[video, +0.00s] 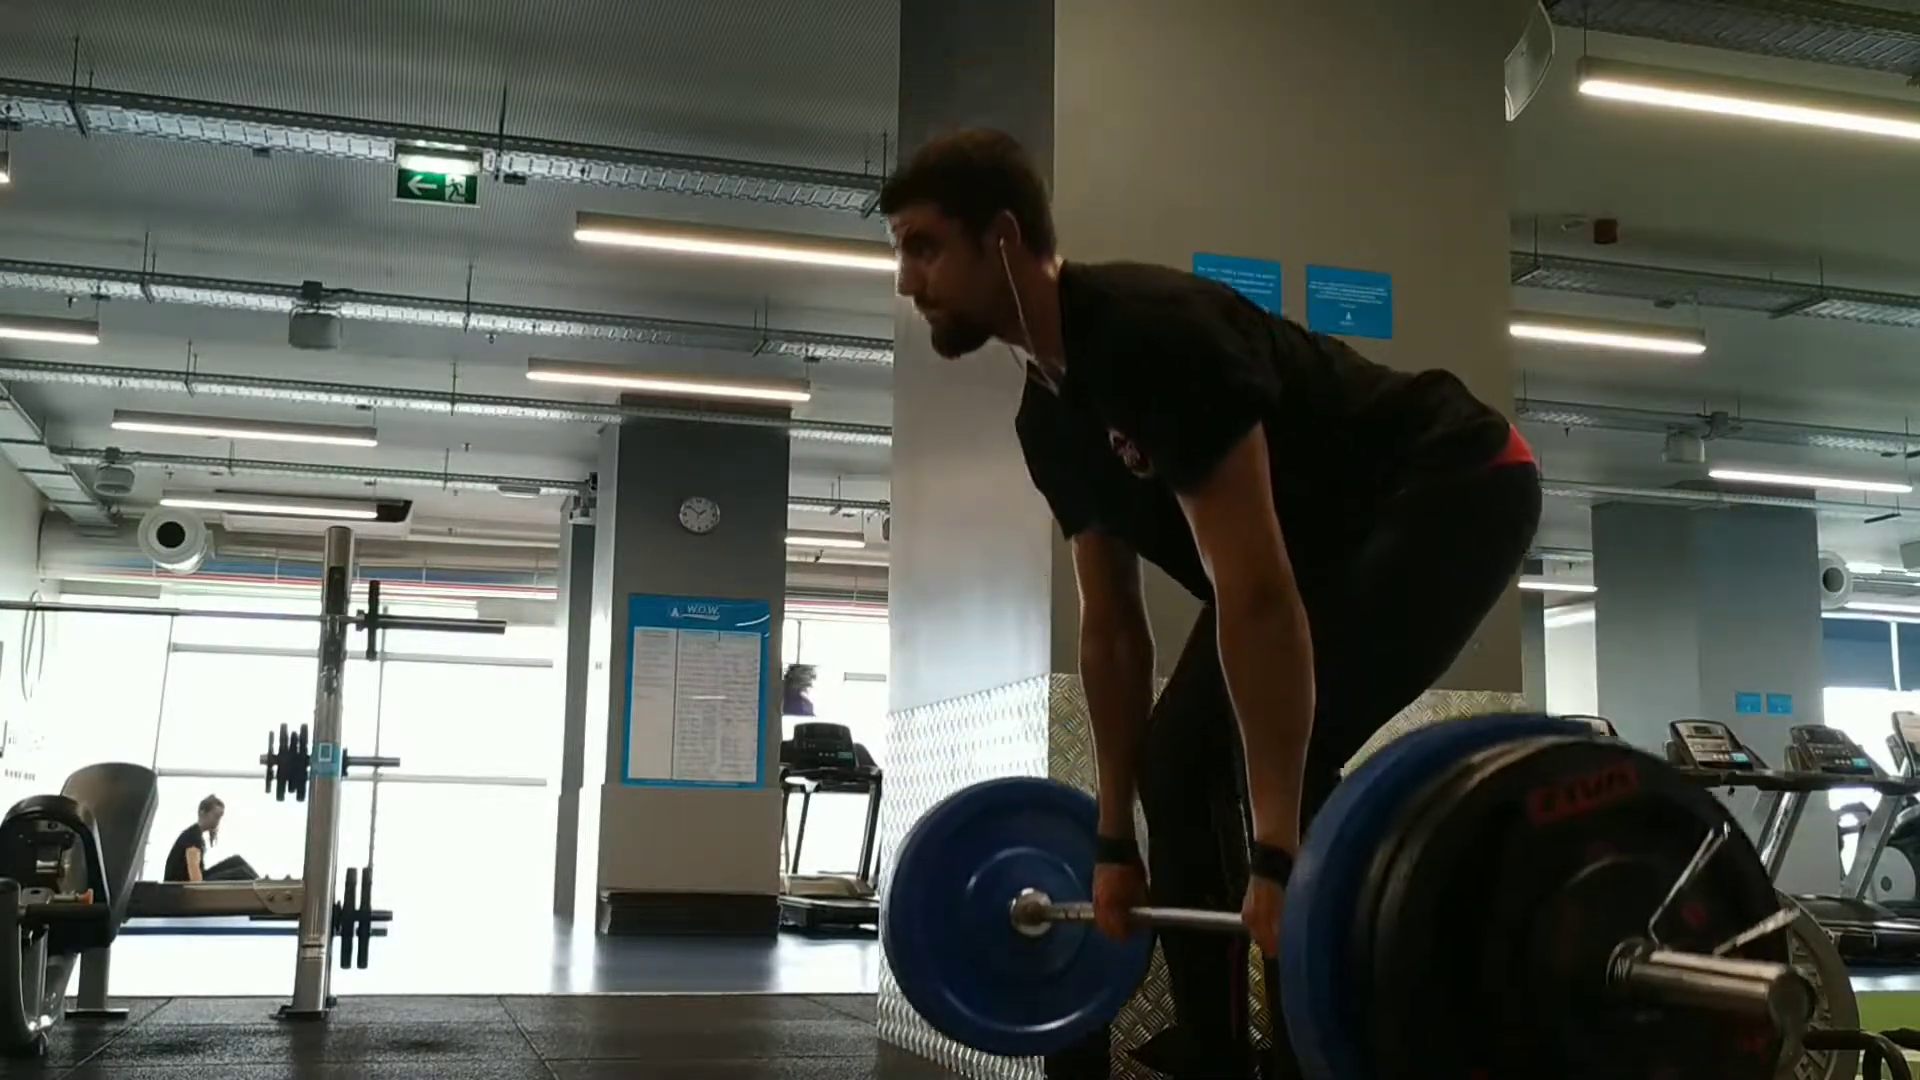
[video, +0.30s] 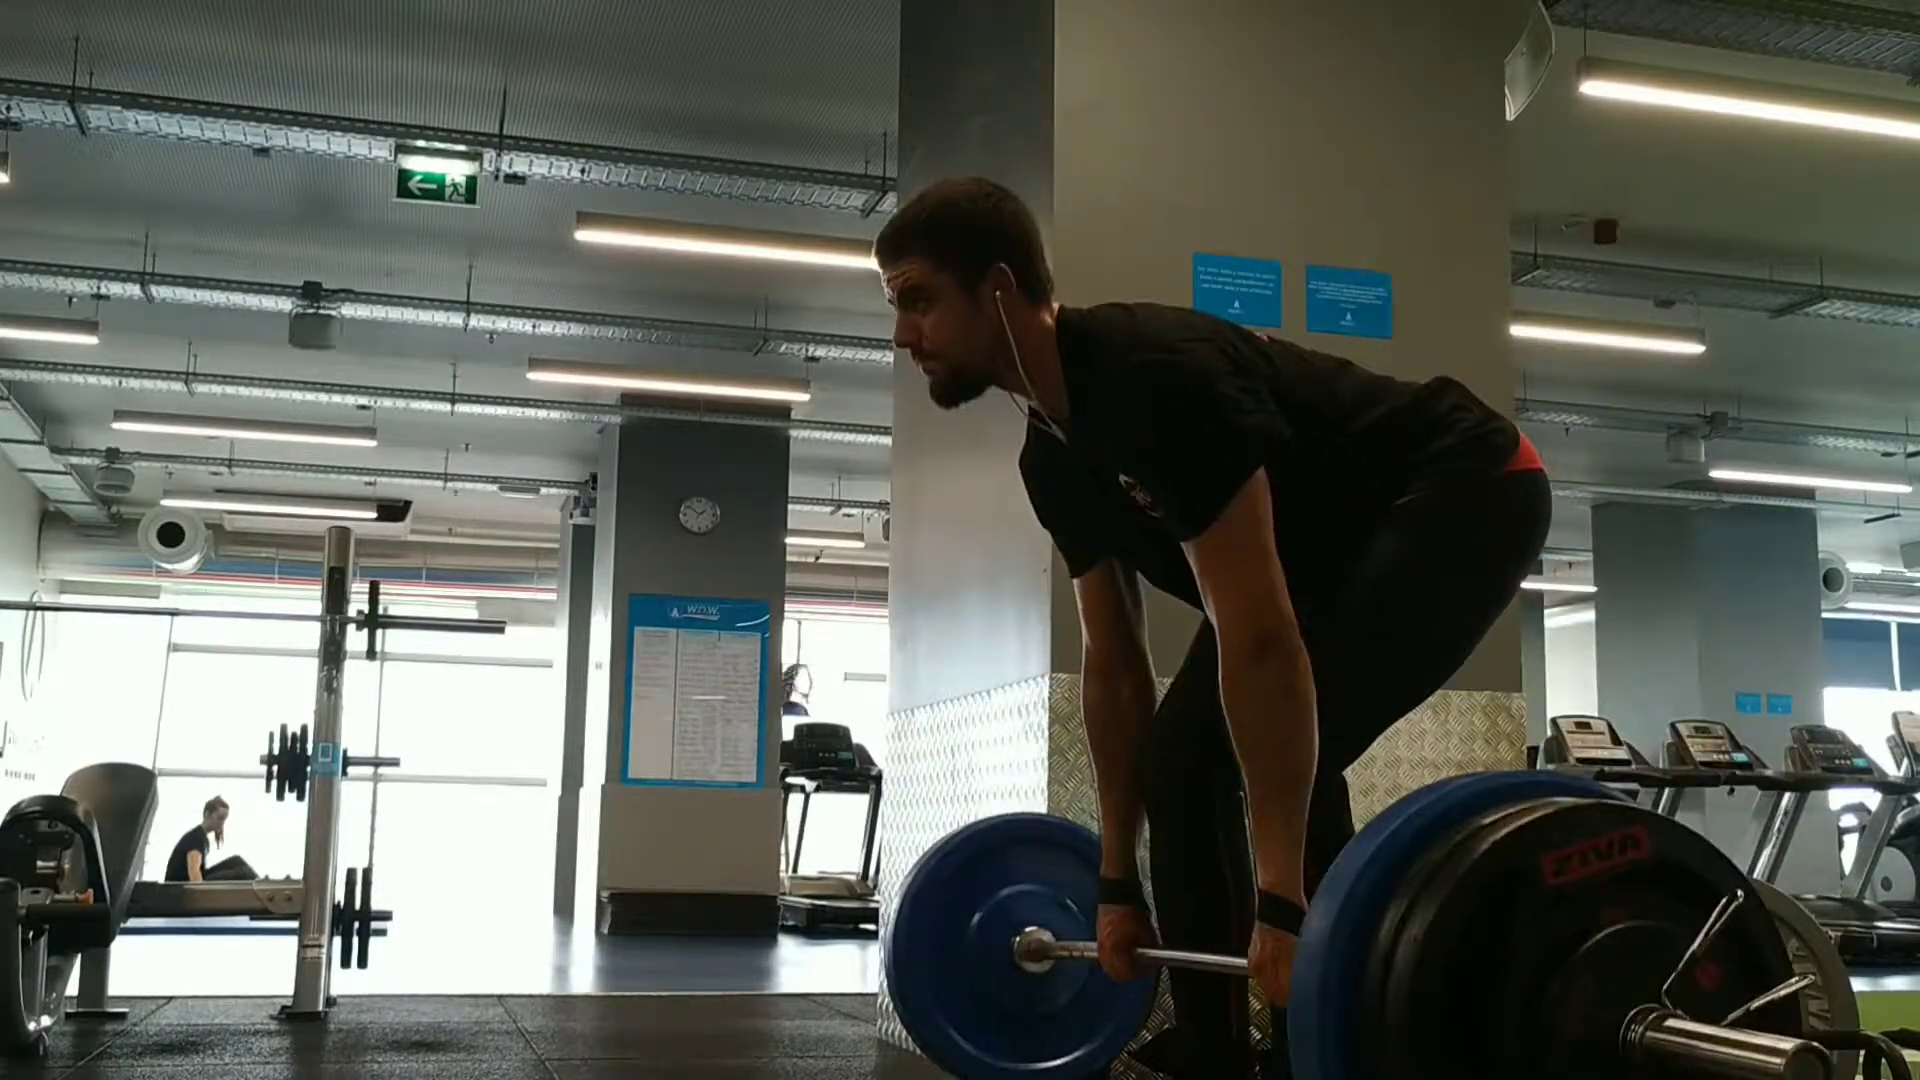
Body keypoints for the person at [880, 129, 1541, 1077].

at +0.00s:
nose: (905, 283)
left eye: (923, 249)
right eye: (901, 256)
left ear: (1006, 238)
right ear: (998, 249)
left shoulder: (1152, 329)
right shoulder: (1049, 418)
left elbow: (1259, 594)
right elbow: (1108, 626)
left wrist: (1277, 854)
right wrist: (1114, 840)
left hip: (1451, 487)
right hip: (1313, 527)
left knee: (1282, 761)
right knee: (1175, 763)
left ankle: (1310, 1040)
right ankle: (1210, 1039)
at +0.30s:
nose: (900, 335)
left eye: (916, 302)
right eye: (896, 308)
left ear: (996, 288)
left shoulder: (1154, 375)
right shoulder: (1053, 459)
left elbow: (1264, 644)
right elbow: (1111, 661)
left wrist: (1282, 902)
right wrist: (1117, 880)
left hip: (1464, 490)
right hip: (1327, 532)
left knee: (1293, 761)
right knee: (1177, 762)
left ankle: (1344, 1028)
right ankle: (1208, 1040)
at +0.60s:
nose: (913, 254)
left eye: (930, 222)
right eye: (909, 230)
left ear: (1015, 211)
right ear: (1003, 223)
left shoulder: (1159, 306)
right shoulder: (1056, 395)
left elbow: (1264, 570)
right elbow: (1112, 605)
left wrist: (1284, 821)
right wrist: (1118, 814)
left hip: (1451, 473)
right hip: (1319, 512)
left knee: (1320, 769)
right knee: (1200, 758)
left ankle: (1324, 1042)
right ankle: (1214, 1039)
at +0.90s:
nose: (979, 70)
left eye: (1000, 37)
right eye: (977, 44)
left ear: (1080, 36)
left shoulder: (1196, 161)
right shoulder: (1081, 247)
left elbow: (1271, 421)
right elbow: (1117, 469)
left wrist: (1274, 661)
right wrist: (1113, 677)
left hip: (1408, 481)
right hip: (1277, 499)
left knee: (1320, 758)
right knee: (1203, 754)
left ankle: (1315, 1058)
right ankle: (1212, 1045)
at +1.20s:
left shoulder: (1284, 51)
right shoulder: (1154, 118)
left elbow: (1293, 283)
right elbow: (1139, 350)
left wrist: (1273, 506)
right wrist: (1113, 553)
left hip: (1272, 500)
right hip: (1181, 504)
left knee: (1284, 789)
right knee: (1197, 787)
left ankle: (1311, 1056)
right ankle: (1211, 1044)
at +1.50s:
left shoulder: (1321, 46)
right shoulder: (1191, 121)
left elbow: (1318, 287)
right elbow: (1161, 346)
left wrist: (1271, 500)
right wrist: (1107, 546)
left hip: (1264, 500)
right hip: (1173, 507)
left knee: (1264, 786)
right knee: (1181, 792)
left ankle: (1309, 1057)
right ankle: (1207, 1049)